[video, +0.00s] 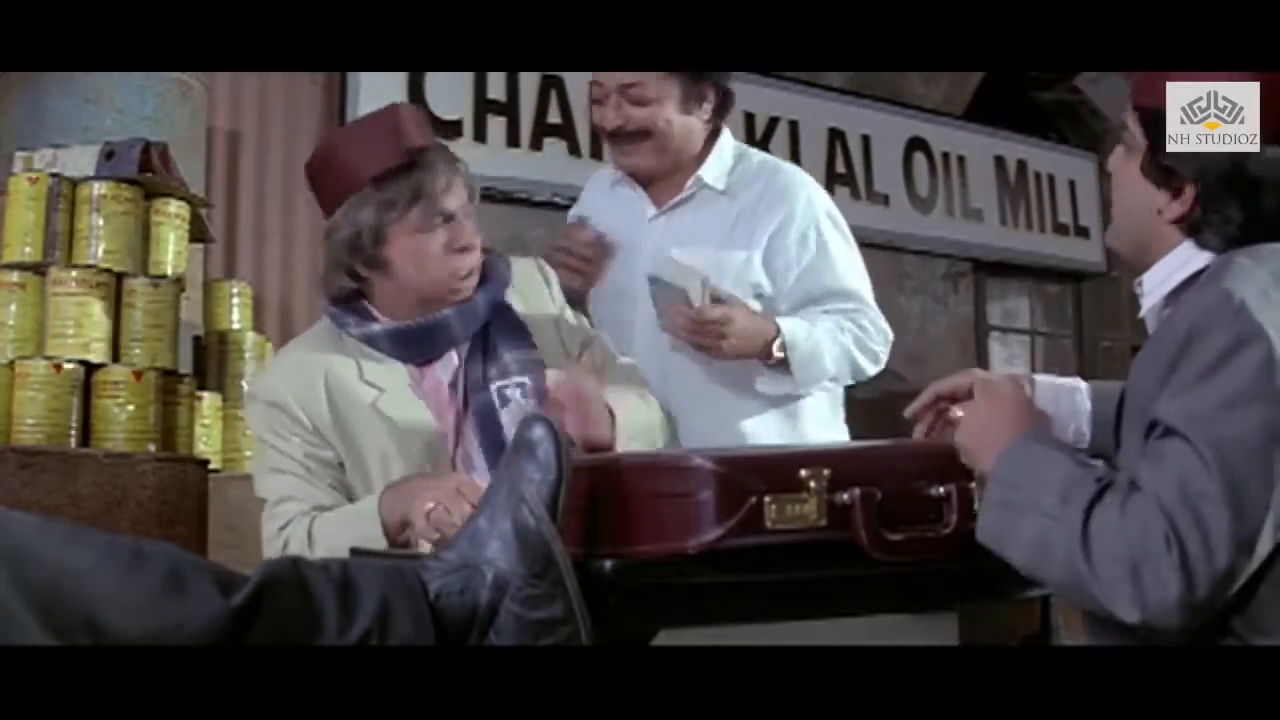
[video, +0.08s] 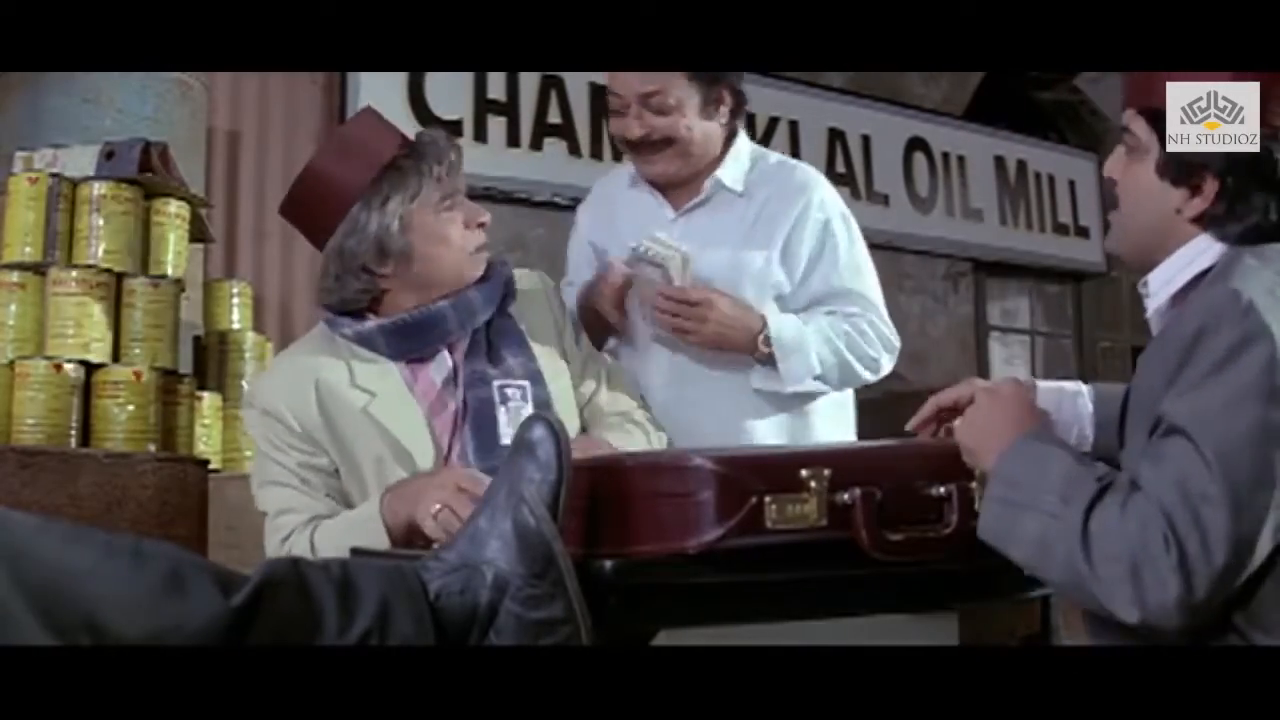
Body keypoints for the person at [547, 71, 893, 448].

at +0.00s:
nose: (611, 119)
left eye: (636, 99)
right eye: (598, 100)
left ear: (704, 102)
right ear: (589, 103)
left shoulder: (786, 197)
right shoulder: (601, 195)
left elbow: (863, 335)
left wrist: (773, 339)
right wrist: (566, 290)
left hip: (773, 486)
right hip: (633, 481)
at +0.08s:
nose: (633, 131)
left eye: (656, 108)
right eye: (617, 110)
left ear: (720, 104)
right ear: (606, 110)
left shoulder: (800, 198)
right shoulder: (604, 204)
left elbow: (869, 340)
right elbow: (565, 345)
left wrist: (762, 336)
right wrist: (595, 312)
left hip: (784, 489)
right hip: (645, 485)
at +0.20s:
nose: (625, 119)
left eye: (649, 100)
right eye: (618, 101)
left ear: (721, 113)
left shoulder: (813, 197)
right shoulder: (623, 198)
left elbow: (880, 341)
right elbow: (580, 340)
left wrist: (762, 338)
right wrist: (613, 327)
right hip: (661, 488)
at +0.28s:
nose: (617, 123)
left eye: (641, 105)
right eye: (616, 103)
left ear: (716, 123)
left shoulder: (807, 200)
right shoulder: (621, 208)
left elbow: (883, 341)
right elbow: (587, 361)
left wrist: (758, 351)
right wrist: (591, 307)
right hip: (661, 496)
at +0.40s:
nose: (598, 136)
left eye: (622, 117)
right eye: (598, 117)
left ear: (694, 134)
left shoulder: (793, 219)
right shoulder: (597, 249)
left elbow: (878, 351)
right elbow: (571, 377)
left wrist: (771, 377)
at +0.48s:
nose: (586, 146)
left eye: (610, 128)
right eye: (588, 128)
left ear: (683, 143)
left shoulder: (785, 224)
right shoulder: (592, 260)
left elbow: (865, 363)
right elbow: (576, 390)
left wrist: (750, 374)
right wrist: (611, 434)